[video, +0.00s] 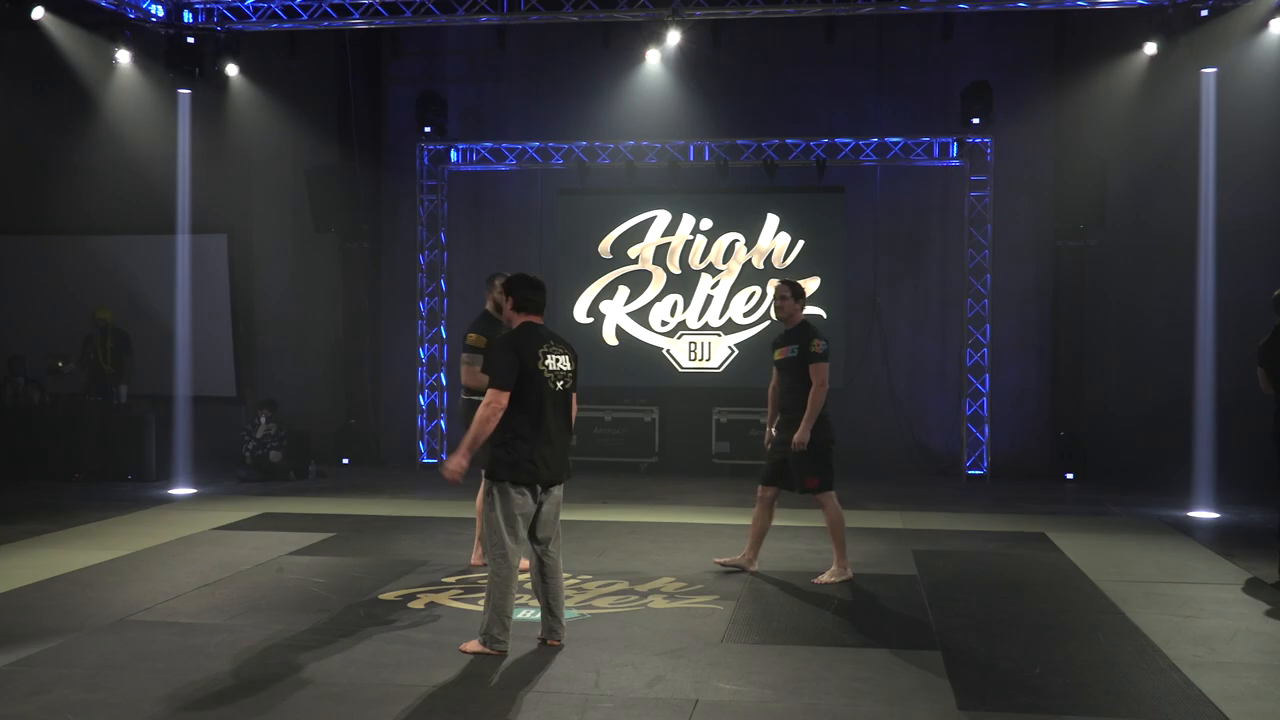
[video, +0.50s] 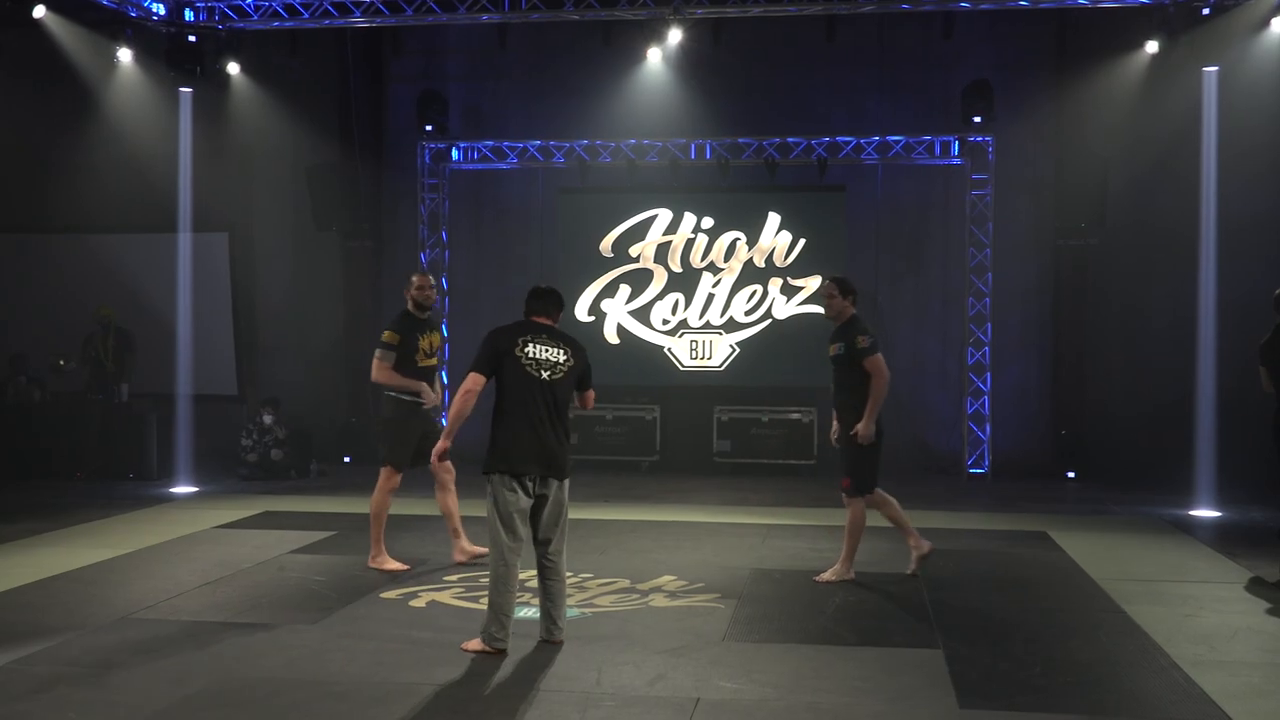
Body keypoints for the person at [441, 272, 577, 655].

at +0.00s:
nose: (499, 307)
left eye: (501, 301)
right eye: (501, 300)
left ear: (510, 304)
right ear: (542, 307)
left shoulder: (508, 344)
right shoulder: (564, 347)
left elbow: (495, 404)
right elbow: (571, 409)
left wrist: (463, 453)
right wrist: (555, 448)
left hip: (512, 468)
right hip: (552, 468)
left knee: (503, 555)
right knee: (547, 551)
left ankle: (495, 639)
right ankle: (553, 631)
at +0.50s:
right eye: (555, 316)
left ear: (525, 312)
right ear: (558, 317)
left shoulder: (502, 337)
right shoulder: (574, 349)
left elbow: (471, 388)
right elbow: (587, 401)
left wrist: (447, 436)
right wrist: (563, 393)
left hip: (510, 457)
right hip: (554, 460)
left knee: (506, 551)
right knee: (552, 549)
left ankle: (496, 637)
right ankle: (553, 631)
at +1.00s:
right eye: (527, 217)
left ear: (461, 213)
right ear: (530, 227)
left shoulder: (401, 278)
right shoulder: (568, 311)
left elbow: (357, 401)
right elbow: (570, 434)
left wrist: (330, 515)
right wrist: (534, 540)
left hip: (405, 536)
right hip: (503, 547)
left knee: (398, 704)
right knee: (485, 705)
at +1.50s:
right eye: (605, 54)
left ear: (464, 62)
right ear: (597, 68)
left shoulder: (368, 218)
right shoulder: (679, 218)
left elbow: (308, 480)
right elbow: (769, 459)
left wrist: (343, 615)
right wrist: (768, 581)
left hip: (441, 634)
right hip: (631, 635)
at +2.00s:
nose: (806, 10)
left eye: (807, 0)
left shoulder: (545, 88)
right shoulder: (822, 118)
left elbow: (488, 282)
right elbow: (857, 338)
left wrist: (452, 472)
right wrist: (846, 498)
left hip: (587, 494)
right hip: (756, 506)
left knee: (560, 708)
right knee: (743, 706)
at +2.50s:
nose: (697, 79)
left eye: (698, 63)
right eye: (687, 62)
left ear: (618, 66)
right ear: (637, 64)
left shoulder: (513, 139)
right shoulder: (664, 157)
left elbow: (490, 274)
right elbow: (693, 304)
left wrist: (527, 354)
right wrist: (731, 396)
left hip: (543, 401)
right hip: (638, 407)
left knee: (570, 593)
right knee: (651, 591)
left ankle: (574, 715)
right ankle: (645, 710)